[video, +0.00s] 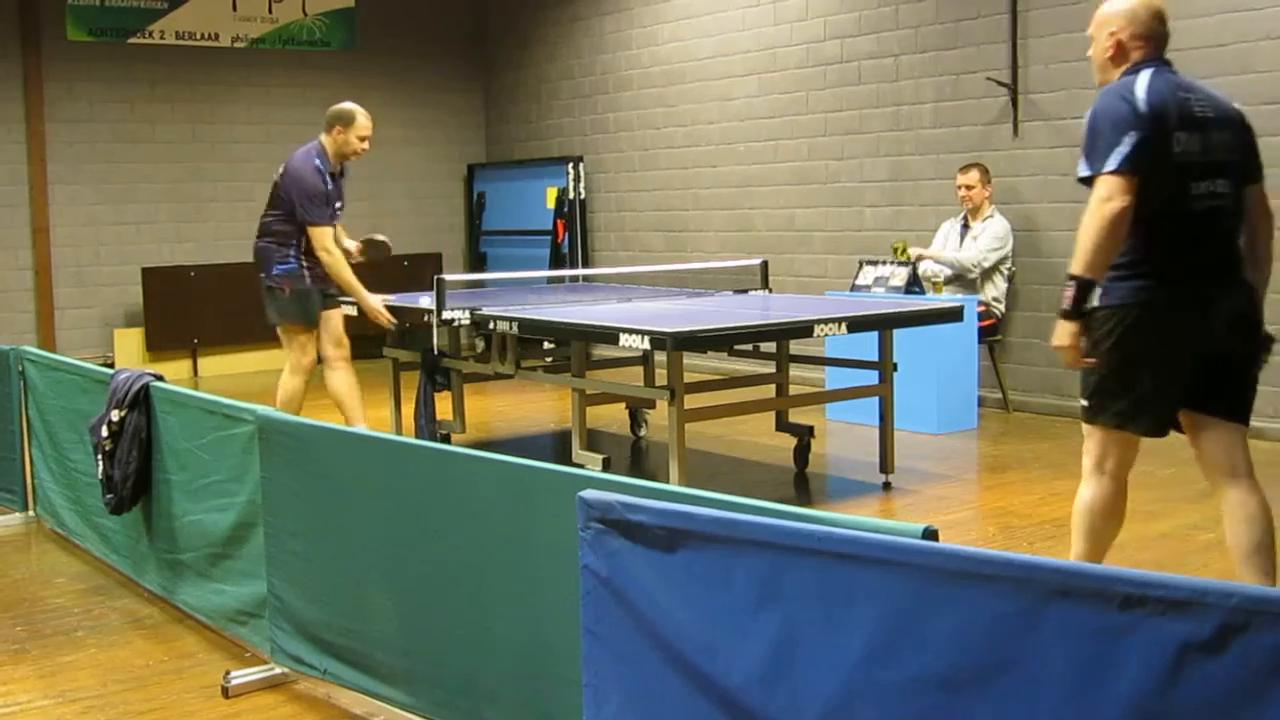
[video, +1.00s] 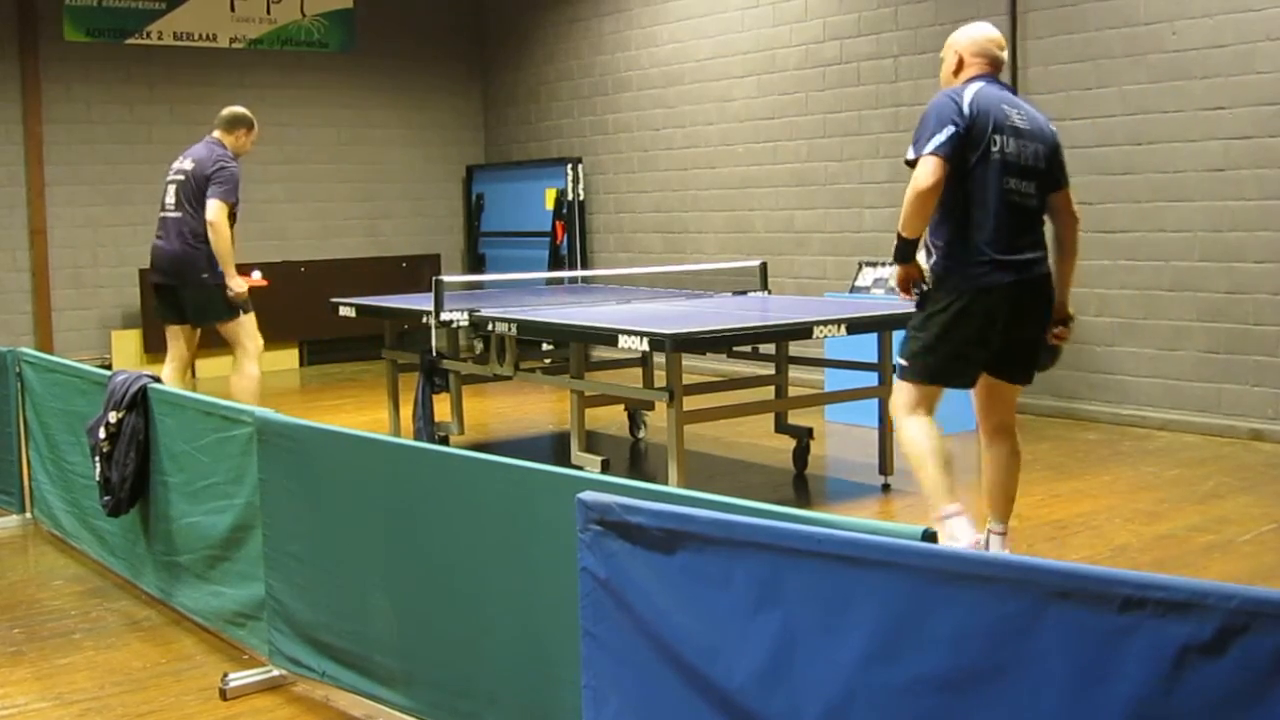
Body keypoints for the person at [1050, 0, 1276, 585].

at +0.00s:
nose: (1090, 53)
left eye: (1094, 41)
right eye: (1092, 41)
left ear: (1121, 43)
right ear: (1155, 45)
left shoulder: (1120, 102)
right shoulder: (1226, 112)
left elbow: (1112, 205)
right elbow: (1260, 223)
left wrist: (1071, 305)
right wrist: (1250, 310)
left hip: (1135, 315)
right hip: (1222, 312)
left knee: (1103, 468)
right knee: (1233, 472)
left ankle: (1075, 601)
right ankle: (1263, 612)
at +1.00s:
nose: (940, 74)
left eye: (943, 64)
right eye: (941, 66)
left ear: (957, 61)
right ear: (1002, 66)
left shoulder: (953, 102)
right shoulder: (1040, 124)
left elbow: (929, 181)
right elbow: (1067, 219)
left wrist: (905, 255)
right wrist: (1061, 299)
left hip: (964, 289)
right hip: (1029, 293)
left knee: (908, 407)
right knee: (998, 417)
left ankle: (952, 525)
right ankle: (995, 542)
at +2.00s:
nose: (821, 175)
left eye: (820, 168)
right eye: (819, 168)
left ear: (831, 161)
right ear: (865, 154)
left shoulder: (831, 188)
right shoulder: (914, 179)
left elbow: (807, 271)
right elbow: (938, 243)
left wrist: (804, 307)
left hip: (907, 305)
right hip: (972, 298)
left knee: (837, 416)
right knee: (966, 412)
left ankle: (816, 534)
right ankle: (992, 517)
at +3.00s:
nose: (820, 210)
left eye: (820, 203)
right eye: (819, 204)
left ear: (831, 197)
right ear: (867, 191)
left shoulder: (828, 223)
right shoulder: (916, 217)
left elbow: (806, 312)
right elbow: (922, 284)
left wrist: (827, 329)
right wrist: (857, 323)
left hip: (897, 334)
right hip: (965, 331)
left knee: (815, 432)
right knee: (957, 429)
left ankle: (809, 542)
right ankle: (990, 529)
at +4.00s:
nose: (833, 135)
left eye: (833, 128)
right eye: (833, 129)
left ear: (845, 123)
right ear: (882, 121)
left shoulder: (837, 154)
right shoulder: (925, 154)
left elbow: (807, 240)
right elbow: (941, 218)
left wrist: (827, 248)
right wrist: (861, 242)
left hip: (890, 275)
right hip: (955, 275)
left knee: (813, 384)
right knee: (947, 383)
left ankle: (802, 494)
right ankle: (978, 483)